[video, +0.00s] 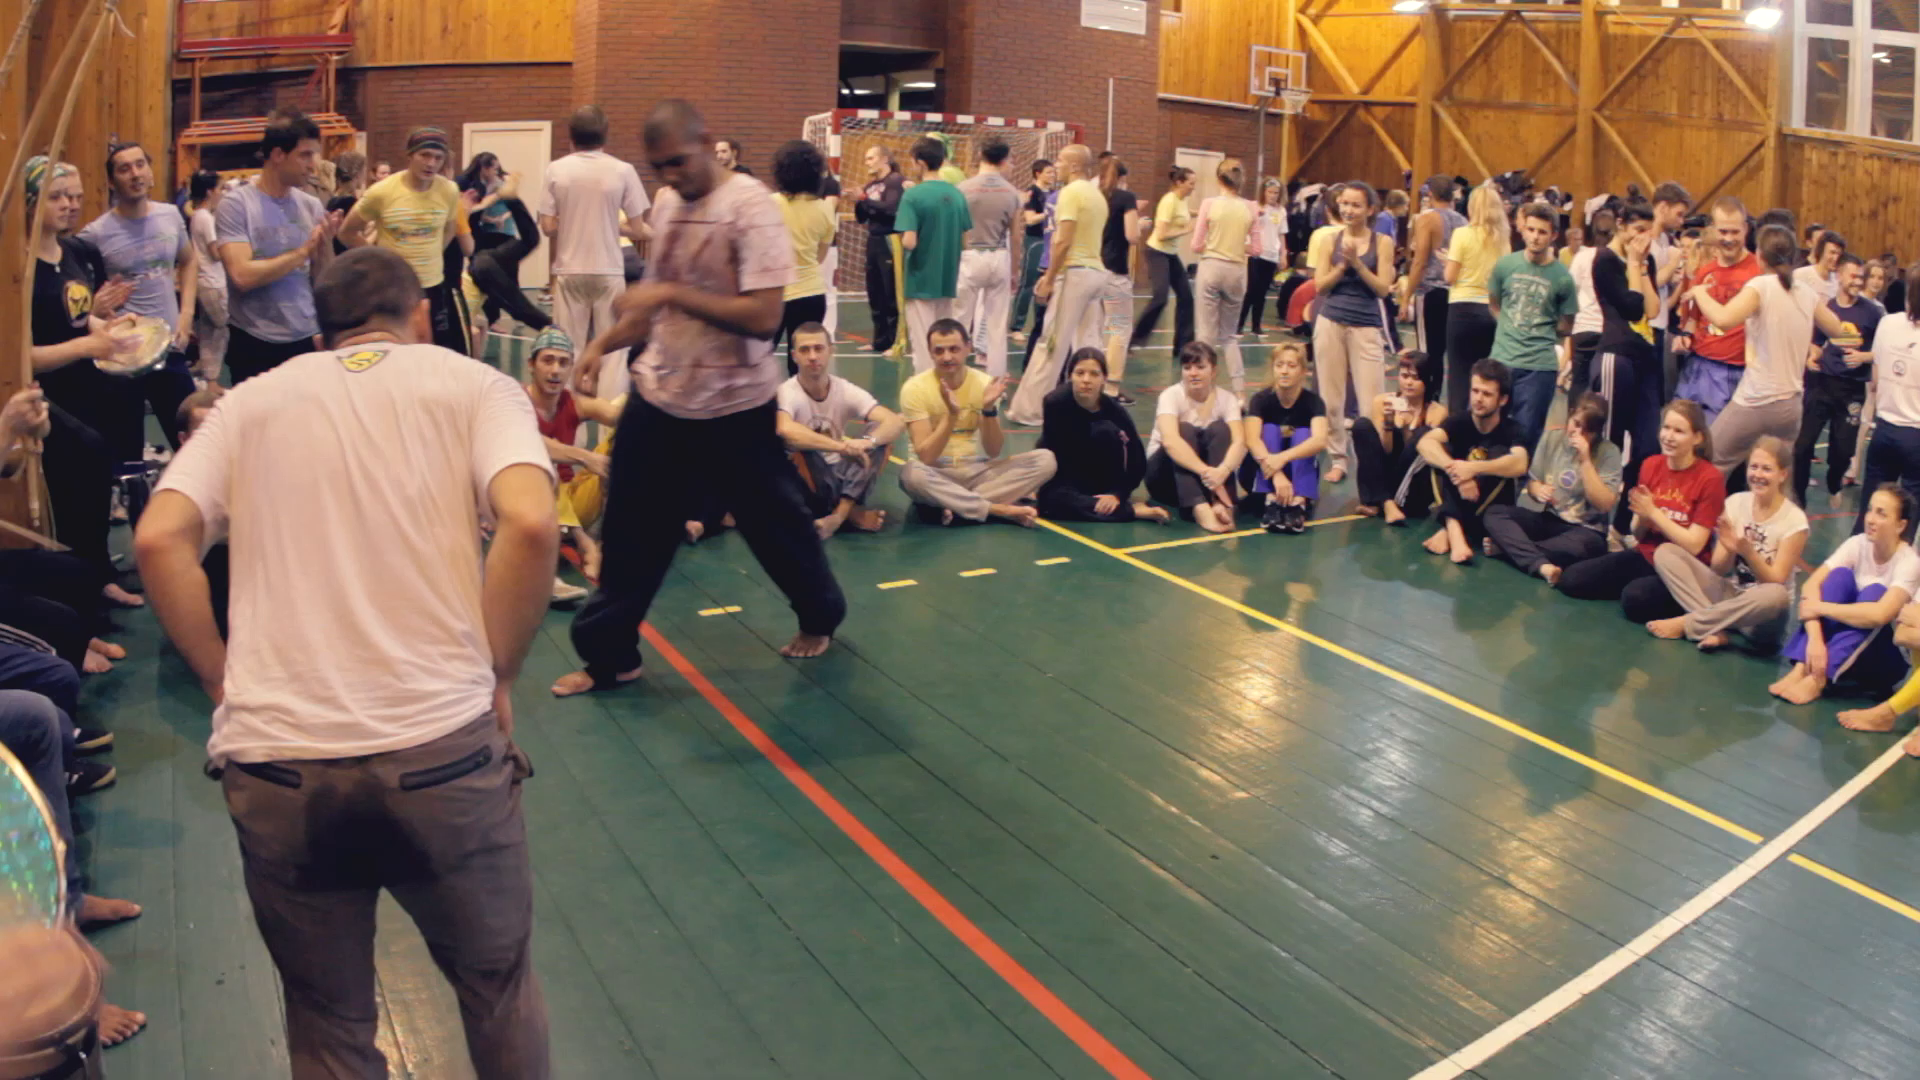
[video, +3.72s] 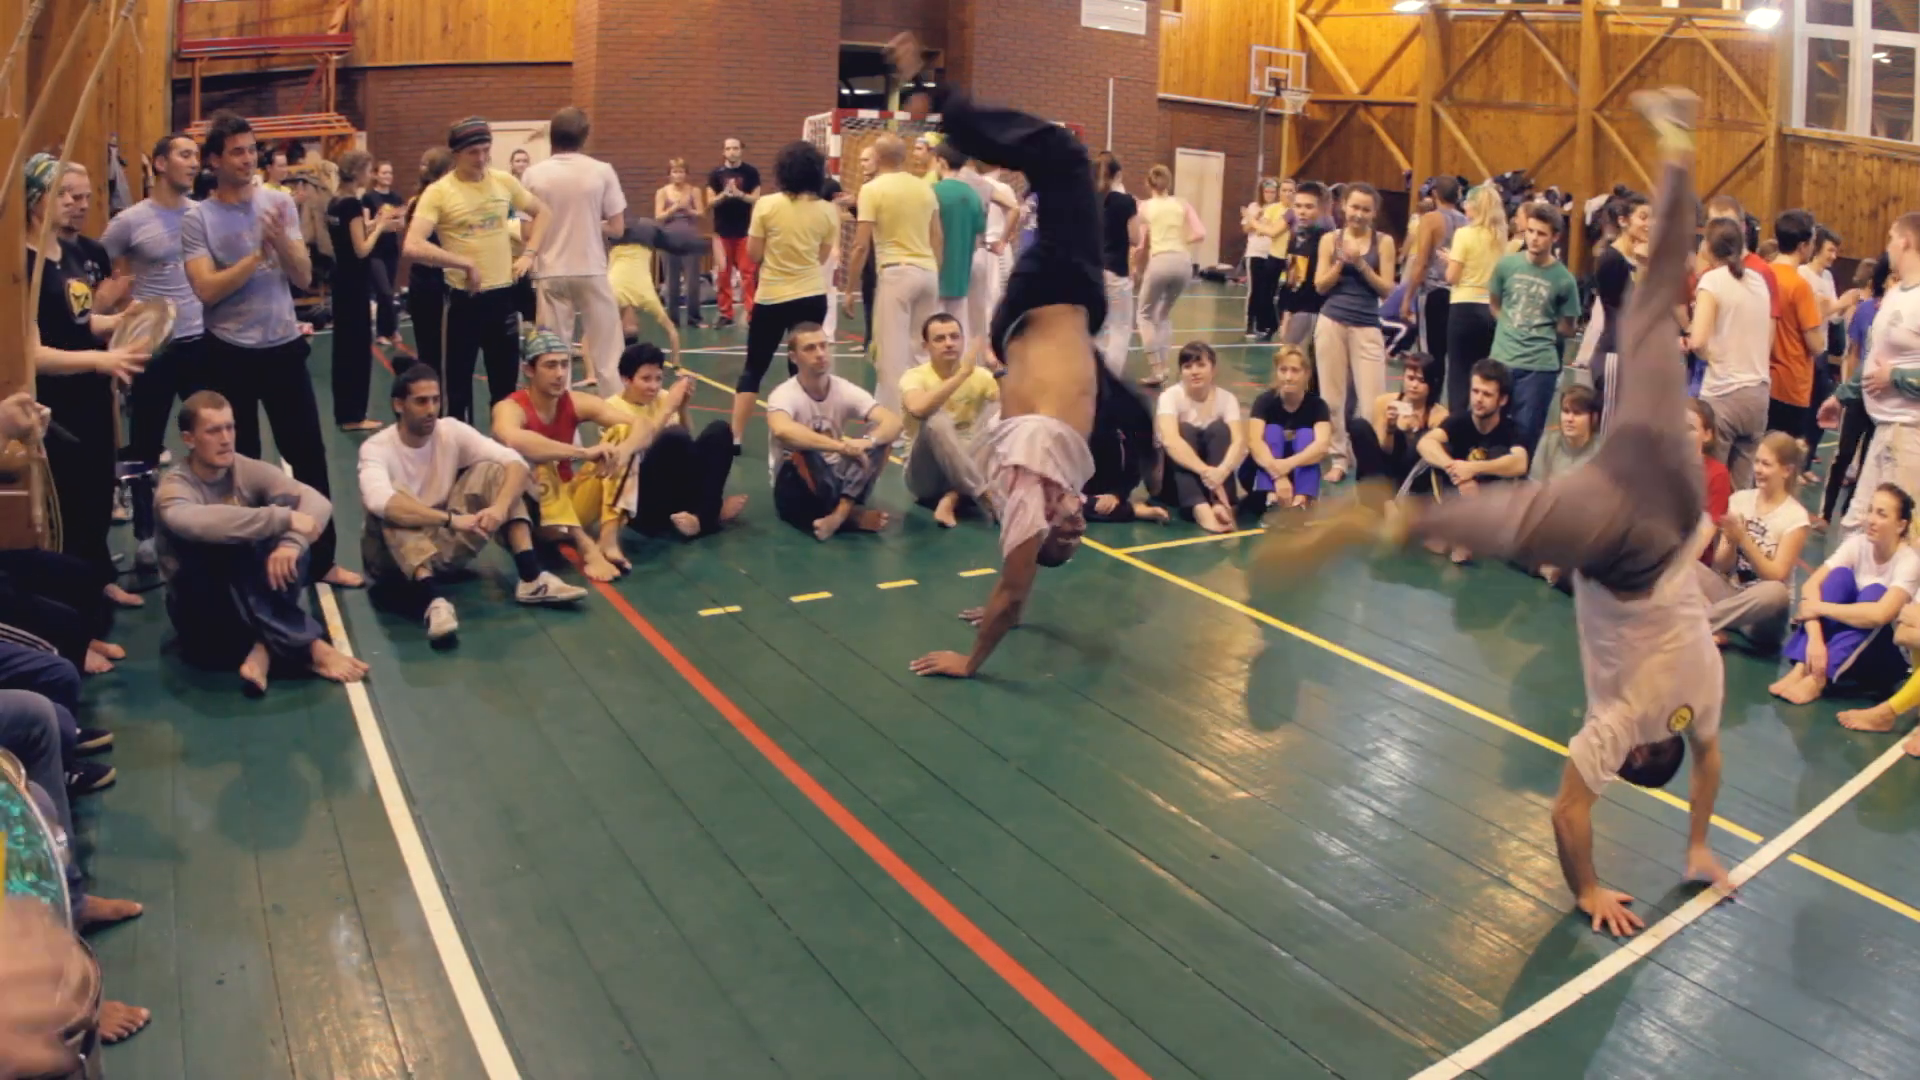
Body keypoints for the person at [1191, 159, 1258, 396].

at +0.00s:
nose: (1216, 183)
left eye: (1217, 179)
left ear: (1219, 180)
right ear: (1241, 182)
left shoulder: (1209, 205)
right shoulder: (1250, 208)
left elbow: (1196, 245)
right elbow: (1256, 248)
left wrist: (1212, 246)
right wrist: (1238, 246)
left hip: (1211, 262)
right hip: (1238, 266)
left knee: (1205, 334)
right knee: (1230, 336)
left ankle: (1201, 392)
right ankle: (1239, 391)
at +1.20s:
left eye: (1199, 179)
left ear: (1200, 180)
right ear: (1221, 182)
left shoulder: (1191, 203)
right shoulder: (1231, 205)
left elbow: (1184, 242)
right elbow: (1239, 246)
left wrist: (1199, 241)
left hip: (1200, 258)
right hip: (1225, 260)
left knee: (1202, 320)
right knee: (1216, 321)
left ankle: (1202, 367)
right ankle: (1211, 366)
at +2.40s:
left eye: (1198, 180)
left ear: (1200, 181)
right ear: (1220, 182)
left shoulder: (1191, 202)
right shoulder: (1228, 206)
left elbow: (1182, 240)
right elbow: (1235, 244)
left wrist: (1188, 247)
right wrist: (1216, 244)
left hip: (1196, 260)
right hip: (1219, 261)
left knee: (1178, 317)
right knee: (1206, 322)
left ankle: (1175, 370)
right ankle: (1203, 370)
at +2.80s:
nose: (1178, 186)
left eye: (1178, 182)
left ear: (1177, 183)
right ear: (1197, 184)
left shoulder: (1169, 205)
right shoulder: (1208, 206)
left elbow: (1165, 245)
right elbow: (1216, 244)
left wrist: (1173, 259)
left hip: (1179, 259)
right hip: (1204, 259)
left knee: (1165, 318)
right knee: (1195, 323)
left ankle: (1157, 366)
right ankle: (1199, 368)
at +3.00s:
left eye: (1162, 186)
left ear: (1161, 188)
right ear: (1181, 187)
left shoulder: (1157, 210)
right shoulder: (1193, 208)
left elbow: (1153, 251)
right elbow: (1202, 243)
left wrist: (1151, 278)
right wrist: (1194, 259)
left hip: (1170, 259)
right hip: (1194, 258)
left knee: (1155, 317)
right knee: (1178, 320)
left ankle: (1152, 375)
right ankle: (1181, 374)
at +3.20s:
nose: (1147, 208)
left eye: (1148, 204)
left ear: (1151, 205)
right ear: (1170, 204)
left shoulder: (1147, 227)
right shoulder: (1183, 222)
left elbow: (1143, 264)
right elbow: (1195, 255)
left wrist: (1132, 288)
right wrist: (1191, 270)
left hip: (1167, 273)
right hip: (1190, 272)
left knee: (1144, 323)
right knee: (1160, 325)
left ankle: (1152, 374)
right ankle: (1159, 374)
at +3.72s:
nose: (1147, 187)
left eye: (1147, 184)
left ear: (1149, 184)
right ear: (1169, 184)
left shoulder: (1144, 207)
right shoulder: (1183, 205)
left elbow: (1140, 244)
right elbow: (1199, 233)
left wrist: (1135, 269)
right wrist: (1181, 241)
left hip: (1158, 258)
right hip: (1182, 256)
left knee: (1145, 313)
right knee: (1163, 315)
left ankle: (1157, 366)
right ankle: (1162, 367)